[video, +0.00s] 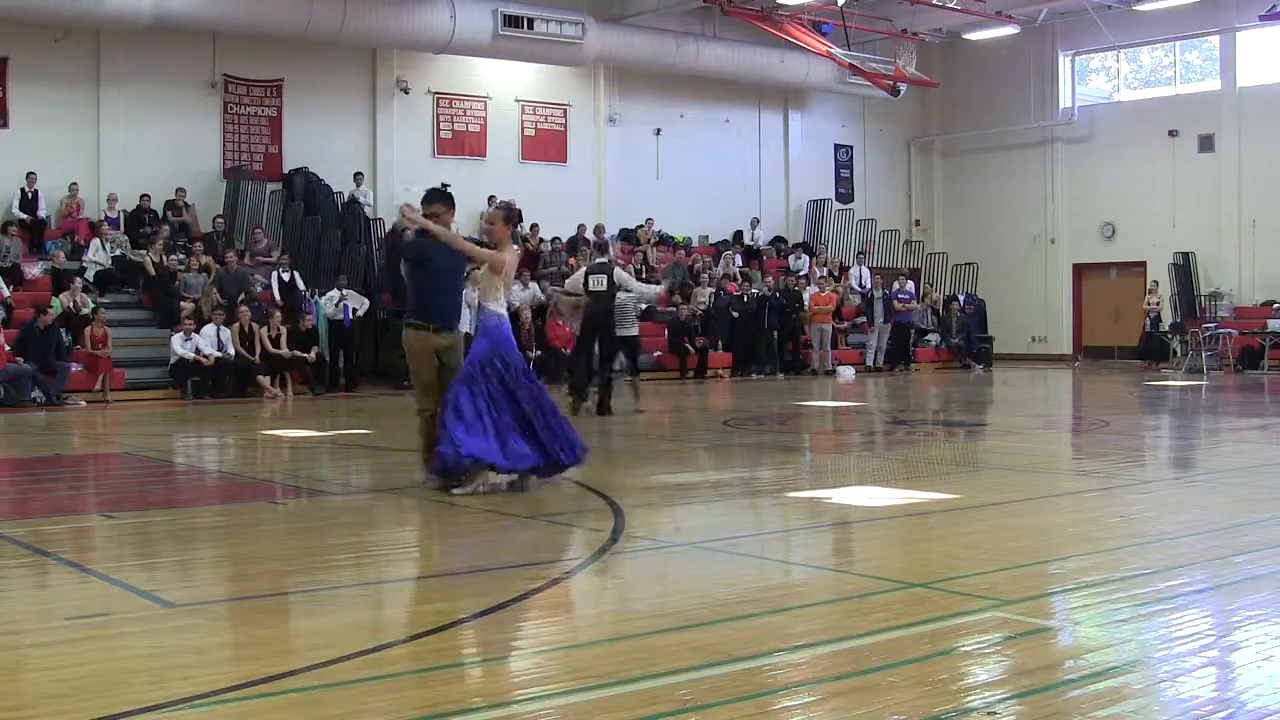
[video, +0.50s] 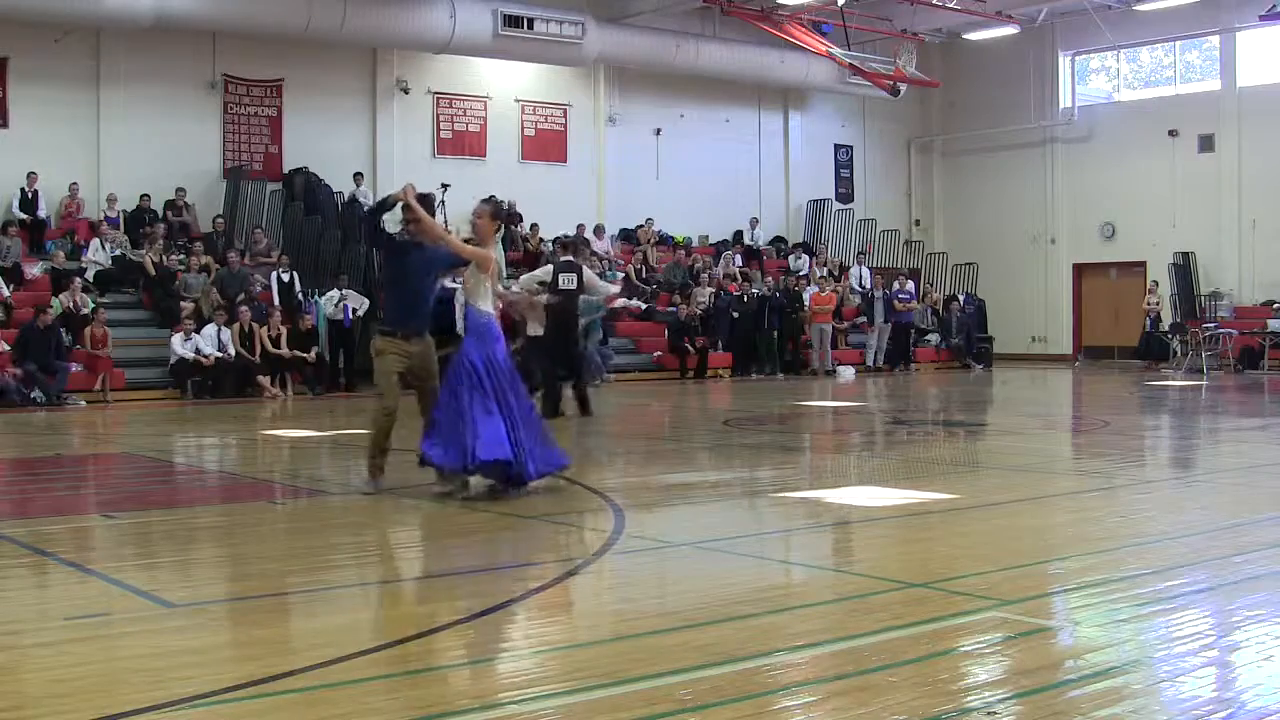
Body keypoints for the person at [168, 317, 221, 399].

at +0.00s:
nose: (188, 327)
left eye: (190, 325)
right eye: (186, 325)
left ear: (194, 326)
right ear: (182, 326)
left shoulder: (196, 337)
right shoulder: (175, 338)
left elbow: (204, 348)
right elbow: (178, 351)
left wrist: (211, 355)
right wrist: (198, 358)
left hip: (192, 363)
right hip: (177, 365)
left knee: (206, 363)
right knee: (183, 361)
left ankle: (202, 392)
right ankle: (184, 392)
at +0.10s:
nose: (188, 327)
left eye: (191, 325)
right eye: (186, 325)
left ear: (194, 326)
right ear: (182, 326)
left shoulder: (196, 337)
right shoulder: (175, 338)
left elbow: (204, 348)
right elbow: (178, 351)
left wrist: (211, 355)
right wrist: (198, 358)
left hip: (192, 363)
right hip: (177, 365)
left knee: (206, 363)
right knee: (183, 361)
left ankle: (202, 392)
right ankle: (184, 392)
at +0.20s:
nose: (188, 327)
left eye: (191, 325)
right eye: (186, 325)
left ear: (194, 326)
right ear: (182, 326)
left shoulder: (196, 337)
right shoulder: (175, 338)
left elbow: (204, 348)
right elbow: (178, 351)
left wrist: (211, 355)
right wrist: (198, 358)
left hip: (192, 363)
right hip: (177, 365)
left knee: (206, 363)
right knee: (183, 361)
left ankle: (202, 392)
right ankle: (184, 392)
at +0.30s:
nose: (188, 327)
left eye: (190, 325)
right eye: (185, 325)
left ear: (194, 326)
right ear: (182, 326)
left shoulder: (196, 337)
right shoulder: (175, 338)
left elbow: (204, 347)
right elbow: (179, 352)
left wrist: (211, 355)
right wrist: (199, 358)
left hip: (192, 363)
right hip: (177, 364)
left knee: (208, 364)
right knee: (183, 361)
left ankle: (202, 392)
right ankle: (184, 392)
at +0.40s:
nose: (188, 327)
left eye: (190, 325)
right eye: (185, 325)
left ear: (194, 326)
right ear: (182, 326)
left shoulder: (196, 337)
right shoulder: (175, 338)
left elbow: (204, 347)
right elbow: (179, 352)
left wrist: (211, 355)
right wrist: (199, 358)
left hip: (192, 363)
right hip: (177, 364)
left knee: (208, 364)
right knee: (183, 361)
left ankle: (202, 392)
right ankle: (184, 392)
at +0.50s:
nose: (188, 327)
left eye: (190, 325)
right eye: (185, 325)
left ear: (194, 326)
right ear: (182, 326)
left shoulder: (196, 337)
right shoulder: (175, 338)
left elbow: (204, 348)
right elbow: (179, 351)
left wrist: (211, 355)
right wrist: (199, 358)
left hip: (192, 363)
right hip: (177, 364)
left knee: (208, 364)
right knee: (183, 361)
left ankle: (202, 392)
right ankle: (184, 392)